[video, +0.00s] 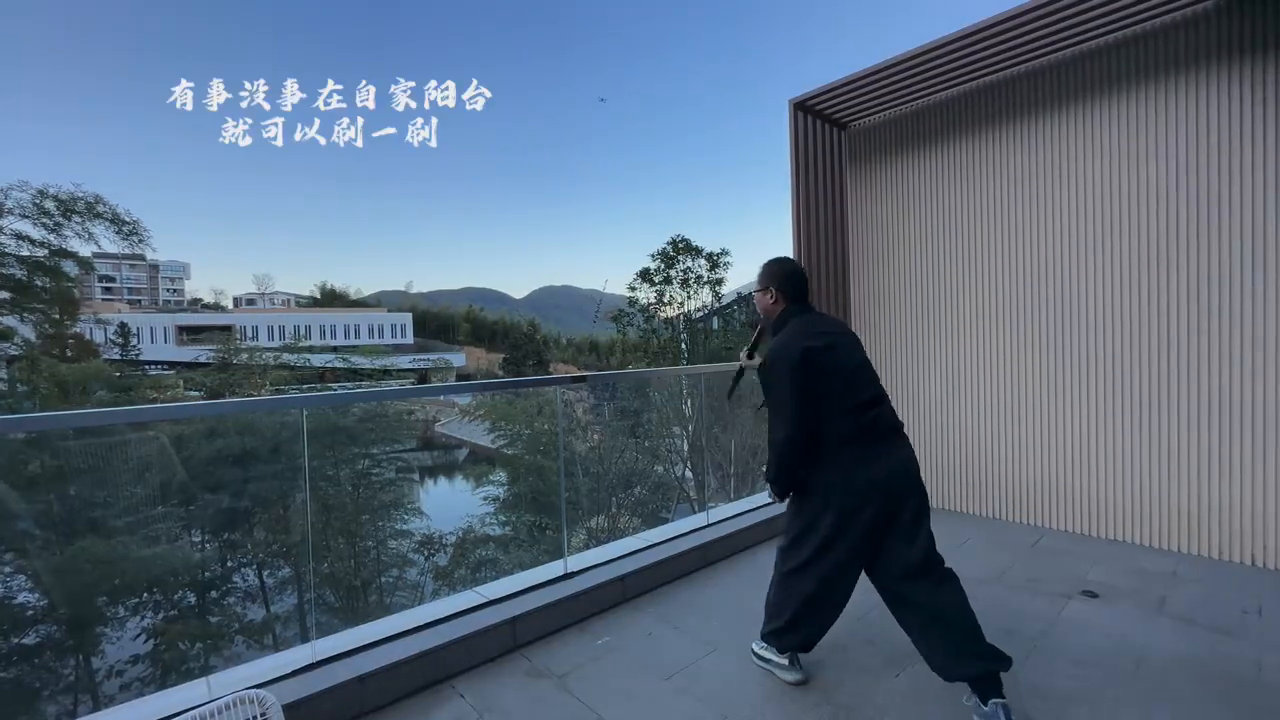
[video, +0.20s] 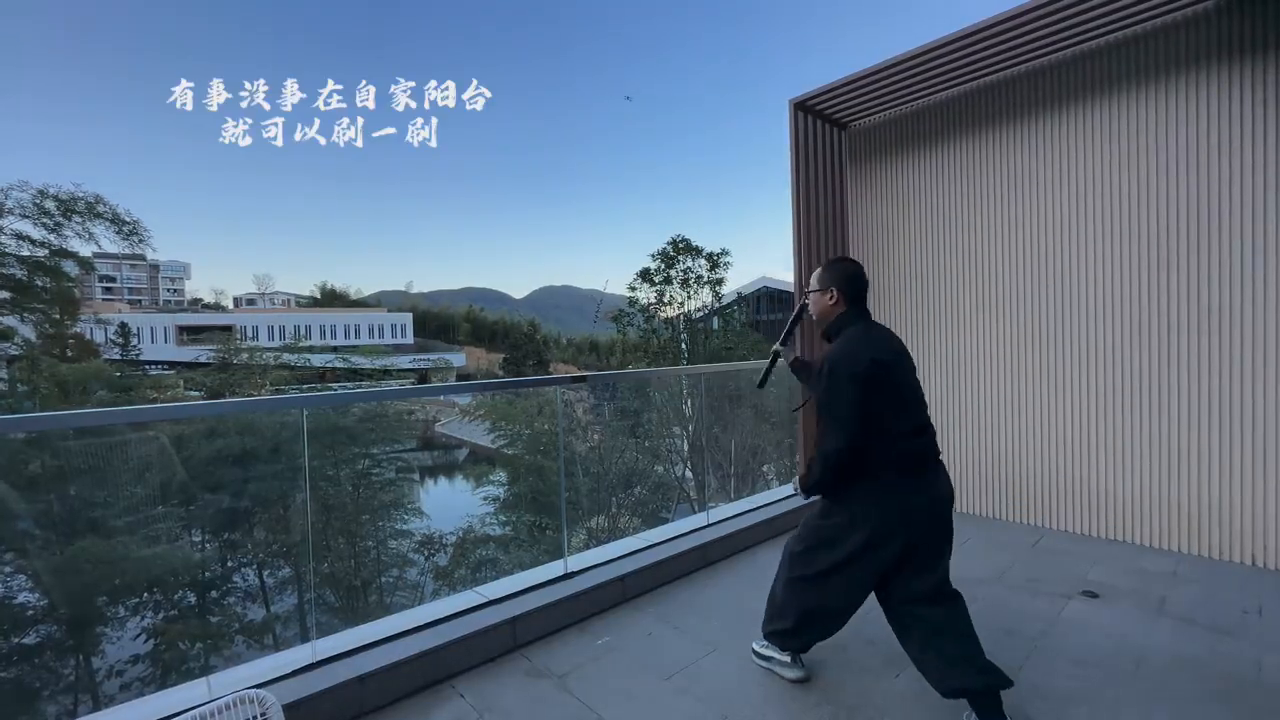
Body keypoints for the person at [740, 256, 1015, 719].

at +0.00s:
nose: (754, 301)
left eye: (758, 293)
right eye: (756, 293)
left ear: (775, 297)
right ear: (797, 296)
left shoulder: (784, 349)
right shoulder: (836, 330)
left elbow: (790, 430)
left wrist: (779, 482)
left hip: (838, 481)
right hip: (894, 470)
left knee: (803, 560)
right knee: (923, 576)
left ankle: (780, 645)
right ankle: (988, 688)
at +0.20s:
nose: (808, 304)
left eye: (813, 295)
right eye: (809, 295)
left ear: (834, 298)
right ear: (853, 299)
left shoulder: (844, 354)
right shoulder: (886, 341)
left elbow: (839, 439)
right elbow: (847, 390)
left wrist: (812, 480)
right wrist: (806, 369)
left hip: (875, 495)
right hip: (926, 490)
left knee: (807, 553)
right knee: (928, 597)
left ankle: (783, 645)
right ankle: (987, 702)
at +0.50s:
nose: (868, 297)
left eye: (874, 288)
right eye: (871, 288)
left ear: (899, 295)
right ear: (910, 298)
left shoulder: (898, 359)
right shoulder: (940, 352)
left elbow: (853, 431)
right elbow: (887, 403)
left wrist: (837, 419)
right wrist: (845, 360)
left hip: (896, 505)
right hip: (946, 503)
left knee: (817, 559)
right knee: (927, 605)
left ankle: (784, 647)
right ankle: (985, 703)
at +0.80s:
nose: (870, 300)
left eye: (873, 292)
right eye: (872, 292)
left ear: (892, 298)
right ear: (927, 300)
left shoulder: (880, 361)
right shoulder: (962, 357)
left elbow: (822, 398)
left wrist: (850, 358)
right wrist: (880, 354)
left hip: (880, 506)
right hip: (943, 509)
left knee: (817, 559)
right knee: (941, 606)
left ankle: (783, 646)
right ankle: (987, 705)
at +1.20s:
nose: (868, 317)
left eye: (871, 308)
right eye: (870, 308)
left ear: (889, 312)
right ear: (922, 312)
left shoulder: (879, 367)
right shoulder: (981, 365)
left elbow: (808, 401)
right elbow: (987, 434)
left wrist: (801, 364)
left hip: (890, 515)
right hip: (962, 520)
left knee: (818, 556)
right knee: (949, 611)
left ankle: (783, 645)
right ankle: (989, 707)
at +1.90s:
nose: (832, 312)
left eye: (836, 305)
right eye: (834, 304)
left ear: (851, 309)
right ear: (882, 308)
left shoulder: (831, 364)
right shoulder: (931, 347)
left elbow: (783, 391)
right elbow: (992, 399)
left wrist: (761, 385)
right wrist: (959, 445)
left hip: (855, 502)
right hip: (927, 503)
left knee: (804, 559)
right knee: (945, 599)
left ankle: (771, 644)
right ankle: (991, 704)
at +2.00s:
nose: (791, 316)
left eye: (794, 309)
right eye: (793, 308)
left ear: (808, 314)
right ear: (843, 313)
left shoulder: (791, 367)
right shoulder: (890, 347)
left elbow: (735, 399)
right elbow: (947, 393)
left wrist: (749, 420)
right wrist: (915, 432)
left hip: (834, 501)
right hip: (904, 496)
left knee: (792, 560)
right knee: (935, 591)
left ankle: (770, 644)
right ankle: (988, 700)